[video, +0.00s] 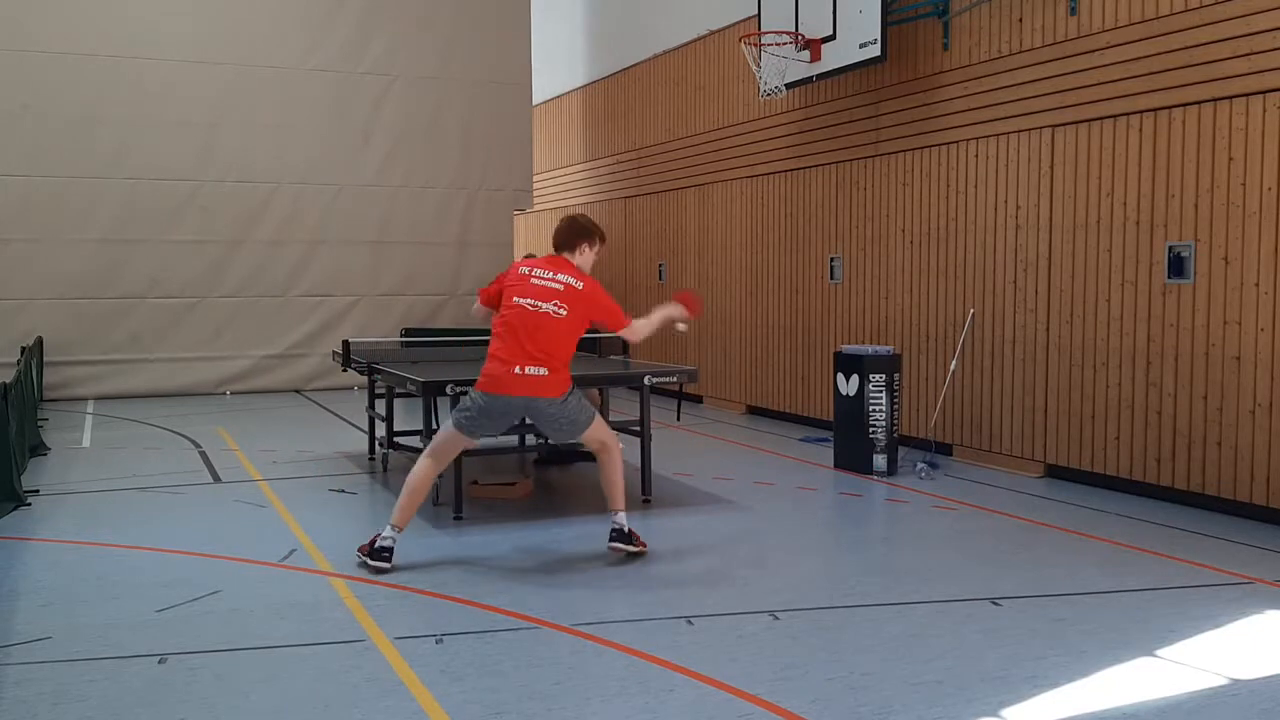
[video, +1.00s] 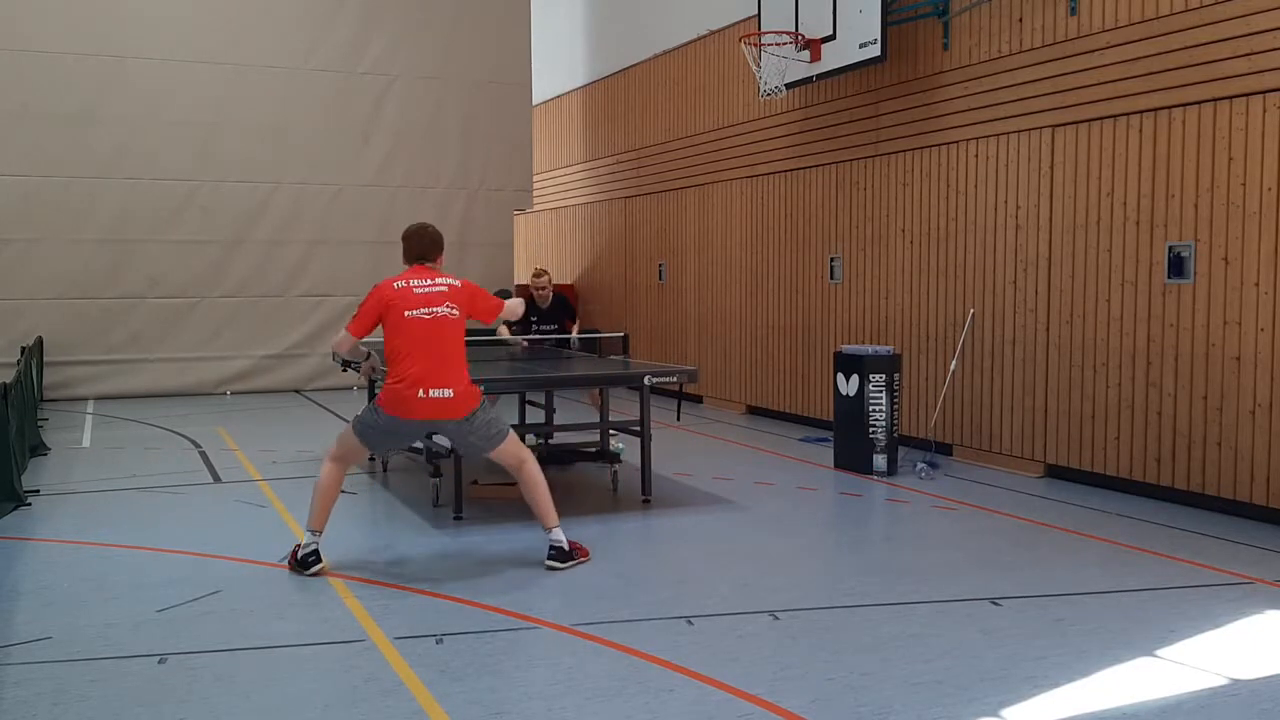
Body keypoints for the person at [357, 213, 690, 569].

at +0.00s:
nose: (596, 262)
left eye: (597, 255)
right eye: (595, 254)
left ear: (560, 246)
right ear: (582, 250)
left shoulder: (520, 269)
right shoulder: (585, 286)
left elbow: (481, 309)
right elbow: (634, 333)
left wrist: (523, 309)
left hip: (494, 390)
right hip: (550, 395)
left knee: (434, 458)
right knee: (607, 444)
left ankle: (386, 540)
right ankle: (621, 527)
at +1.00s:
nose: (442, 261)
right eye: (443, 254)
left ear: (404, 258)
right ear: (441, 258)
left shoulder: (387, 290)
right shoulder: (459, 288)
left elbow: (342, 344)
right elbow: (513, 312)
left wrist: (363, 360)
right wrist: (515, 304)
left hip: (400, 408)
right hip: (460, 406)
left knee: (338, 460)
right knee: (521, 462)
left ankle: (309, 547)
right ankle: (558, 542)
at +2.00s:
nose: (549, 255)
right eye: (549, 250)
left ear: (513, 245)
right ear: (545, 250)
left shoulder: (478, 272)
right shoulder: (544, 285)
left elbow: (451, 305)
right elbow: (549, 350)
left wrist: (491, 320)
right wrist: (585, 389)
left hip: (459, 387)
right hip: (515, 388)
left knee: (411, 457)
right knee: (579, 452)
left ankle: (370, 539)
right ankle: (616, 536)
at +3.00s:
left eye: (701, 236)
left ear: (701, 236)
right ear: (738, 239)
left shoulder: (678, 264)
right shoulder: (753, 277)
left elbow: (637, 320)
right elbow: (768, 348)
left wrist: (662, 327)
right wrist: (773, 377)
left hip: (671, 375)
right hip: (728, 380)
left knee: (624, 449)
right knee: (770, 460)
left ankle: (586, 537)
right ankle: (798, 543)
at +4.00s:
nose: (733, 213)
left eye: (734, 208)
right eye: (737, 208)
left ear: (739, 210)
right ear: (774, 212)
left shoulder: (732, 239)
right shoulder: (791, 252)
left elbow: (691, 276)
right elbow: (787, 303)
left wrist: (650, 274)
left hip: (748, 366)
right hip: (797, 370)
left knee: (681, 457)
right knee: (806, 451)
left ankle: (682, 565)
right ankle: (833, 537)